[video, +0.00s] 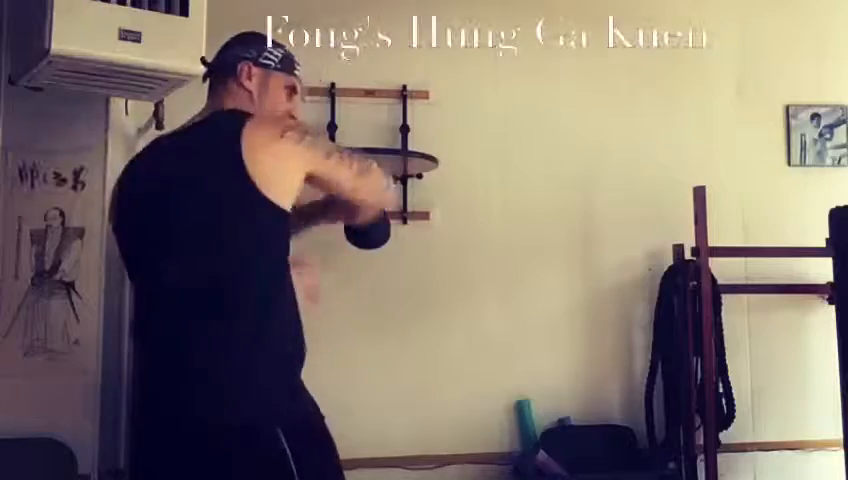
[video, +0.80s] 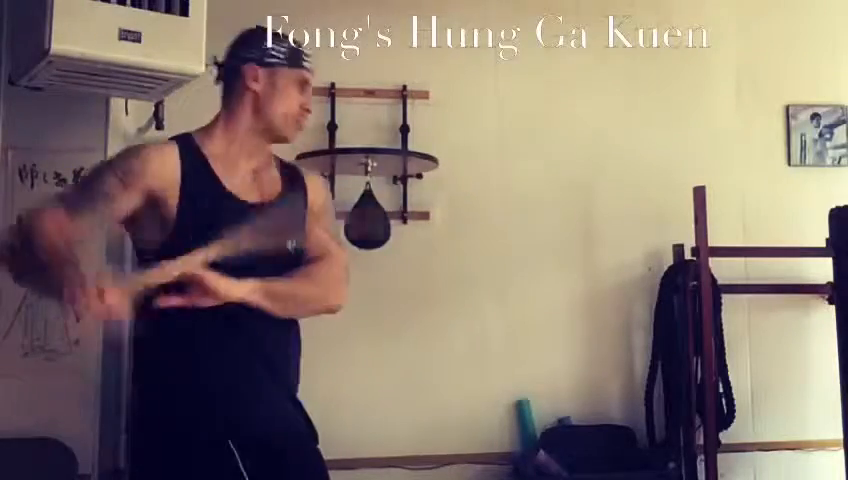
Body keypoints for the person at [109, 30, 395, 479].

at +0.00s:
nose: (295, 111)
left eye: (297, 96)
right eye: (289, 91)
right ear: (247, 76)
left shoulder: (136, 170)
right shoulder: (274, 140)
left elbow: (171, 276)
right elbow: (374, 193)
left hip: (163, 406)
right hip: (258, 408)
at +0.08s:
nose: (289, 103)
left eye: (289, 88)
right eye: (282, 83)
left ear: (233, 76)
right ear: (239, 72)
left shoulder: (135, 171)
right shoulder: (268, 148)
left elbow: (207, 272)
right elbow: (366, 242)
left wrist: (304, 248)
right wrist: (380, 228)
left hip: (165, 410)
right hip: (263, 412)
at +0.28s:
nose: (278, 85)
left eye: (274, 69)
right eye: (266, 66)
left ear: (218, 66)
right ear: (219, 64)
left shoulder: (151, 165)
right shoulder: (236, 165)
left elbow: (246, 258)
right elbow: (340, 273)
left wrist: (349, 233)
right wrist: (409, 236)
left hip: (173, 413)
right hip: (259, 421)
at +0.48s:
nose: (264, 80)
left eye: (259, 65)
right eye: (251, 62)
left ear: (203, 65)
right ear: (201, 63)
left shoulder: (197, 164)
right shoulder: (190, 170)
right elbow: (314, 268)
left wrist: (320, 221)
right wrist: (391, 203)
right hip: (247, 436)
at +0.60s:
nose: (273, 86)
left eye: (269, 71)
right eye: (260, 69)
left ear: (215, 71)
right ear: (211, 70)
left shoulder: (262, 175)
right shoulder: (165, 174)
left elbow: (332, 281)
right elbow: (223, 310)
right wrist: (315, 251)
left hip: (280, 423)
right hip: (198, 431)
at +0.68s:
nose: (285, 91)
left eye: (283, 77)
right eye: (273, 74)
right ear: (224, 72)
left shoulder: (285, 183)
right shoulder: (157, 176)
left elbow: (337, 282)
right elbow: (138, 311)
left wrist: (272, 276)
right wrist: (246, 305)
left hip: (281, 428)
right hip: (187, 433)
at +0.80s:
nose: (310, 104)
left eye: (310, 91)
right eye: (301, 86)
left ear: (260, 81)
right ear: (255, 78)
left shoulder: (307, 188)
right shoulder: (158, 165)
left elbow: (331, 289)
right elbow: (40, 227)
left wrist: (240, 289)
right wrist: (73, 280)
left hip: (272, 423)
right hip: (176, 424)